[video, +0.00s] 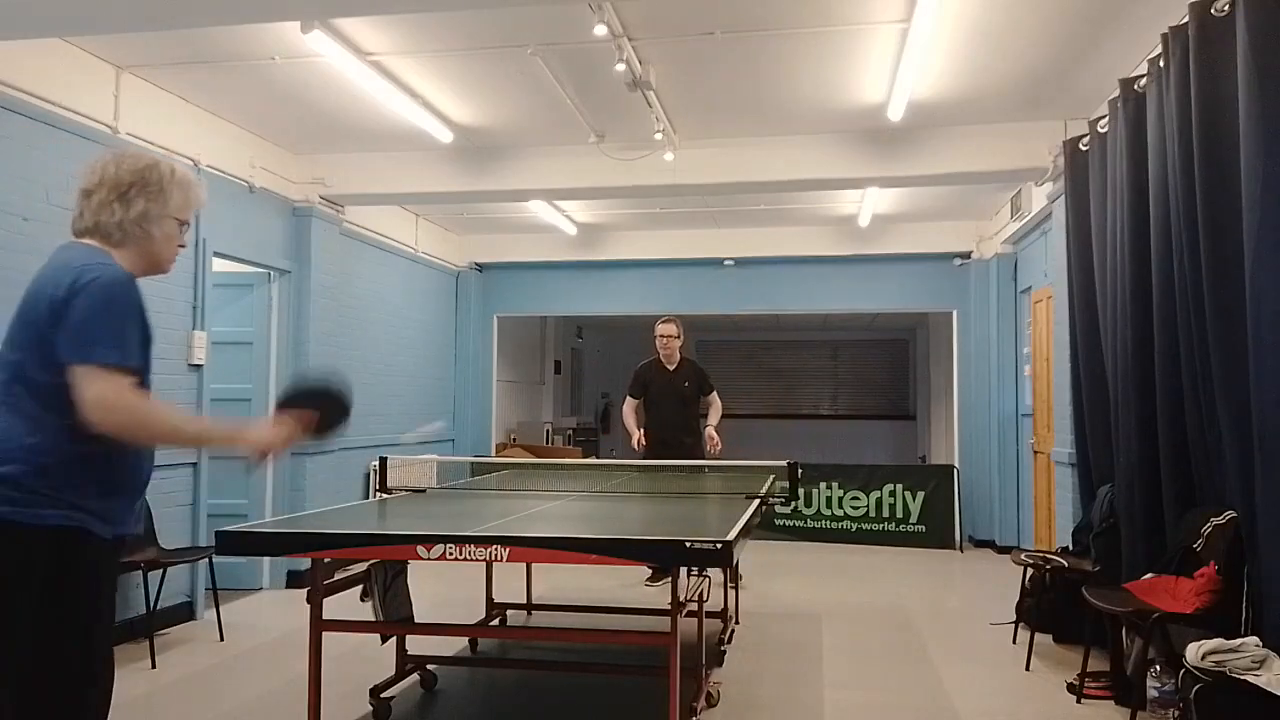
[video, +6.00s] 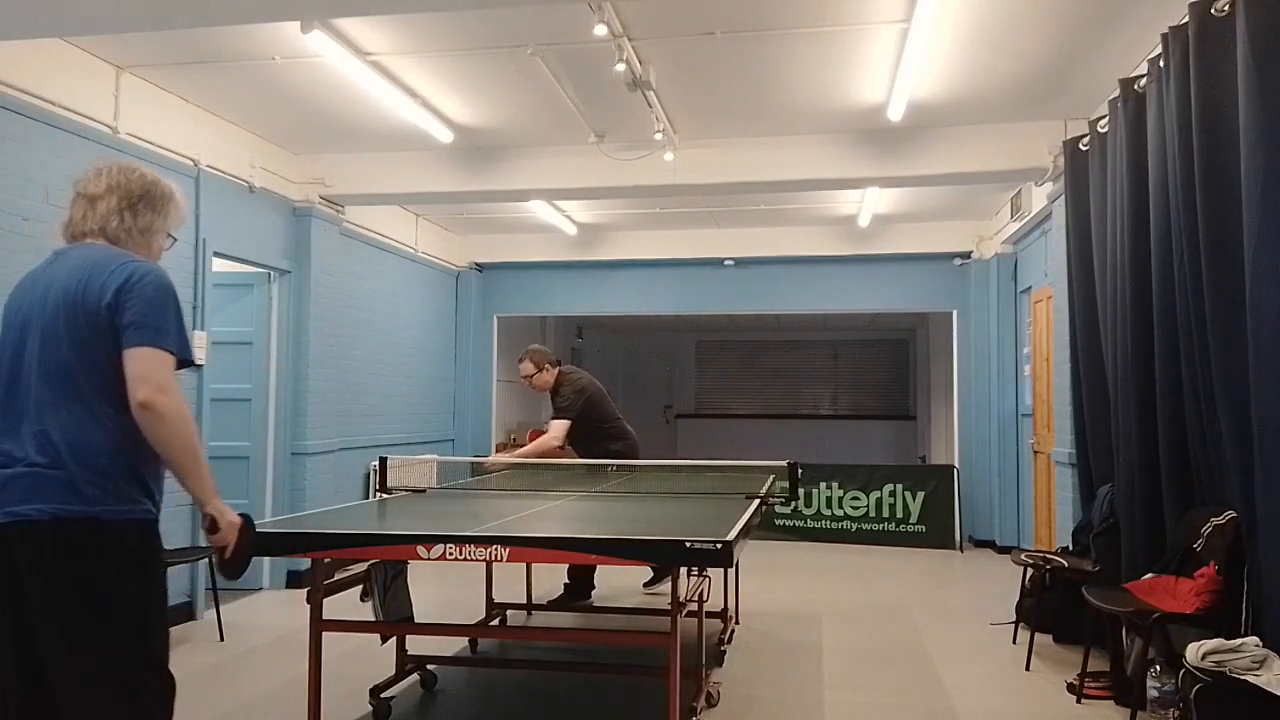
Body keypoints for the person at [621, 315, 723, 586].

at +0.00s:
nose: (664, 341)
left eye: (670, 337)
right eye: (660, 337)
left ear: (680, 340)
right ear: (654, 340)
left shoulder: (694, 370)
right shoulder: (644, 371)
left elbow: (715, 403)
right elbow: (629, 406)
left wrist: (710, 427)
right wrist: (634, 430)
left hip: (689, 456)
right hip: (655, 456)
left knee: (693, 508)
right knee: (654, 510)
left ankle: (695, 564)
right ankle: (660, 565)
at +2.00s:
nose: (686, 379)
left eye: (691, 373)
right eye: (682, 373)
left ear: (703, 370)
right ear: (677, 372)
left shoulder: (719, 393)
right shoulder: (672, 393)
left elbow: (742, 427)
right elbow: (650, 427)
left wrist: (729, 454)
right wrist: (660, 461)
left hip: (716, 468)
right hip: (681, 468)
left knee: (733, 515)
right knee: (669, 512)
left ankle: (753, 568)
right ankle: (669, 562)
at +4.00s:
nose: (710, 344)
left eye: (716, 339)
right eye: (706, 339)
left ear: (728, 342)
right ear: (702, 341)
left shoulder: (742, 375)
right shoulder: (692, 362)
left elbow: (755, 411)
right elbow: (663, 353)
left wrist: (747, 434)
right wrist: (650, 340)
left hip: (728, 456)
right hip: (692, 453)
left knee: (738, 513)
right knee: (678, 508)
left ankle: (748, 572)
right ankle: (677, 561)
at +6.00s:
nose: (527, 383)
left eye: (529, 377)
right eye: (525, 379)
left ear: (547, 369)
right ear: (547, 370)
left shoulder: (569, 385)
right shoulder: (565, 380)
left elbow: (554, 440)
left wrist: (509, 457)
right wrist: (551, 437)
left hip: (615, 458)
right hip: (603, 458)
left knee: (589, 523)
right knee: (598, 523)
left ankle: (579, 589)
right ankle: (660, 559)